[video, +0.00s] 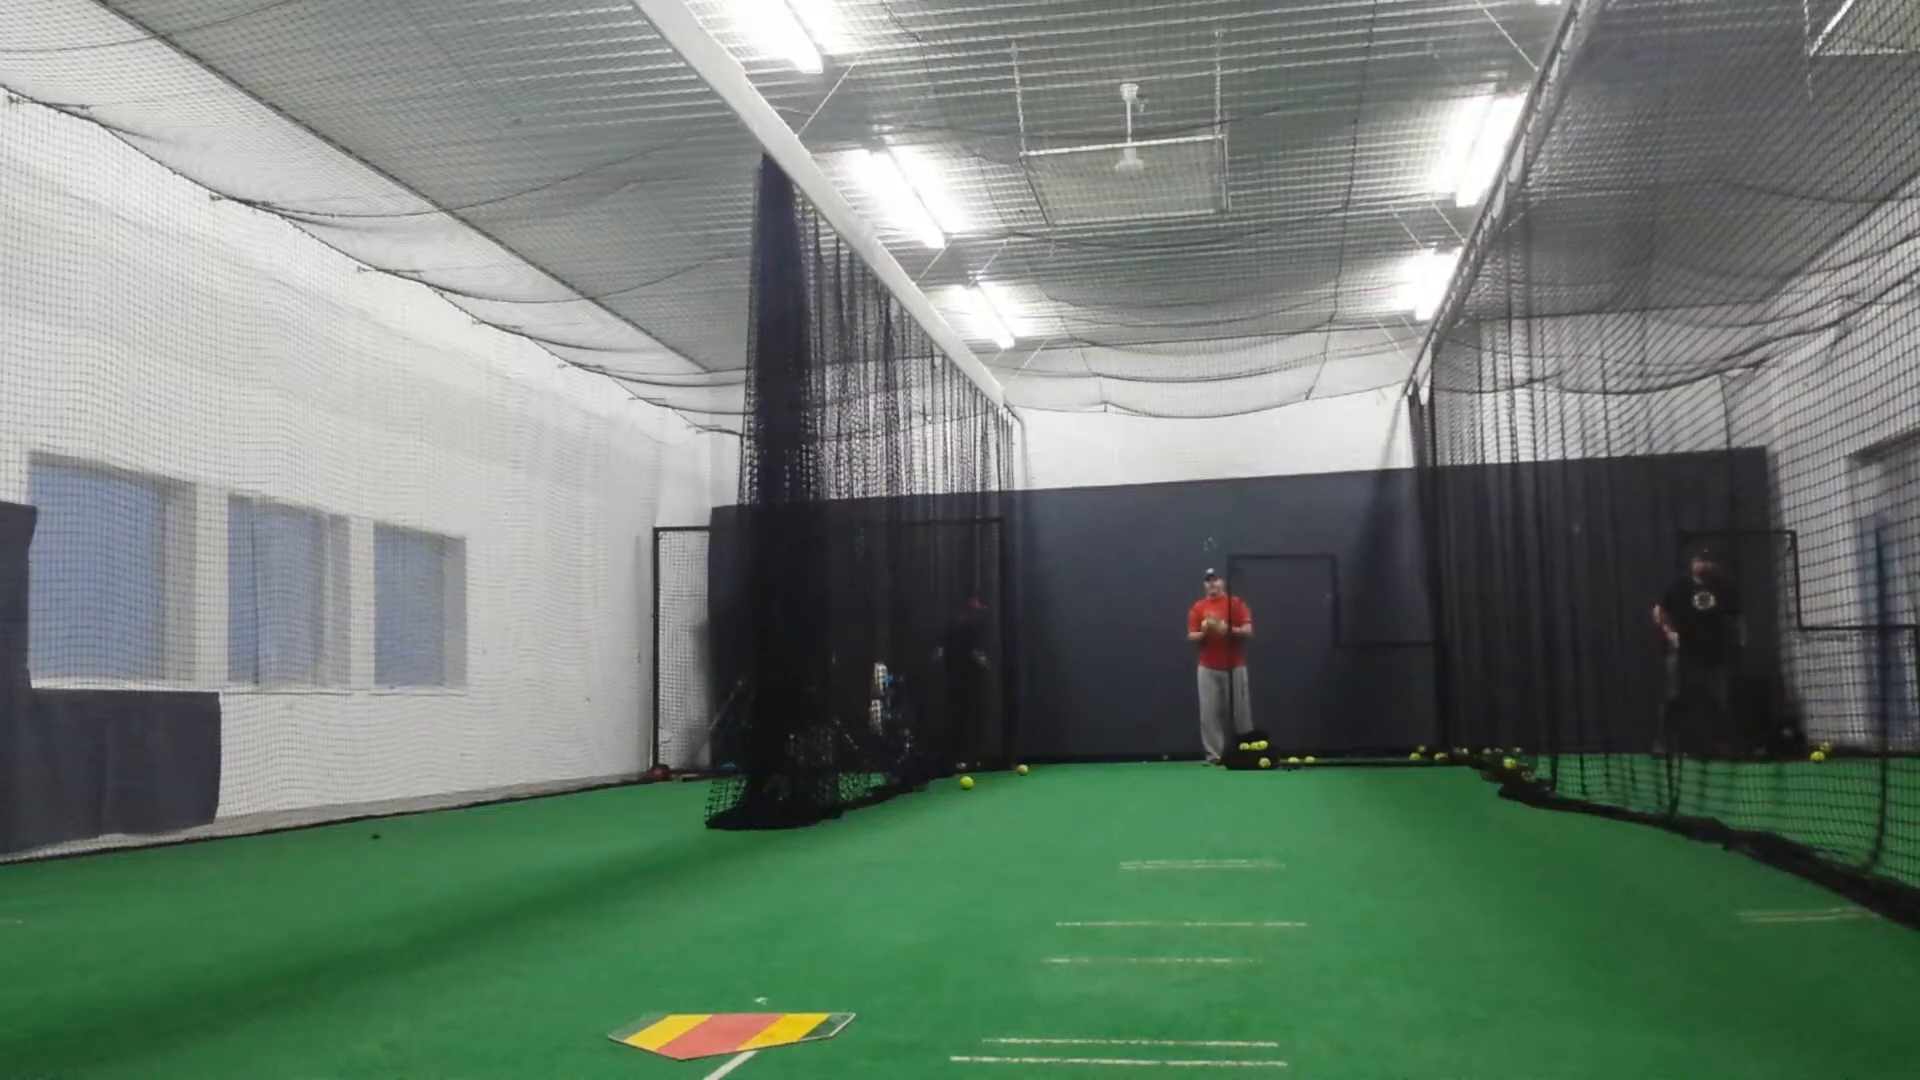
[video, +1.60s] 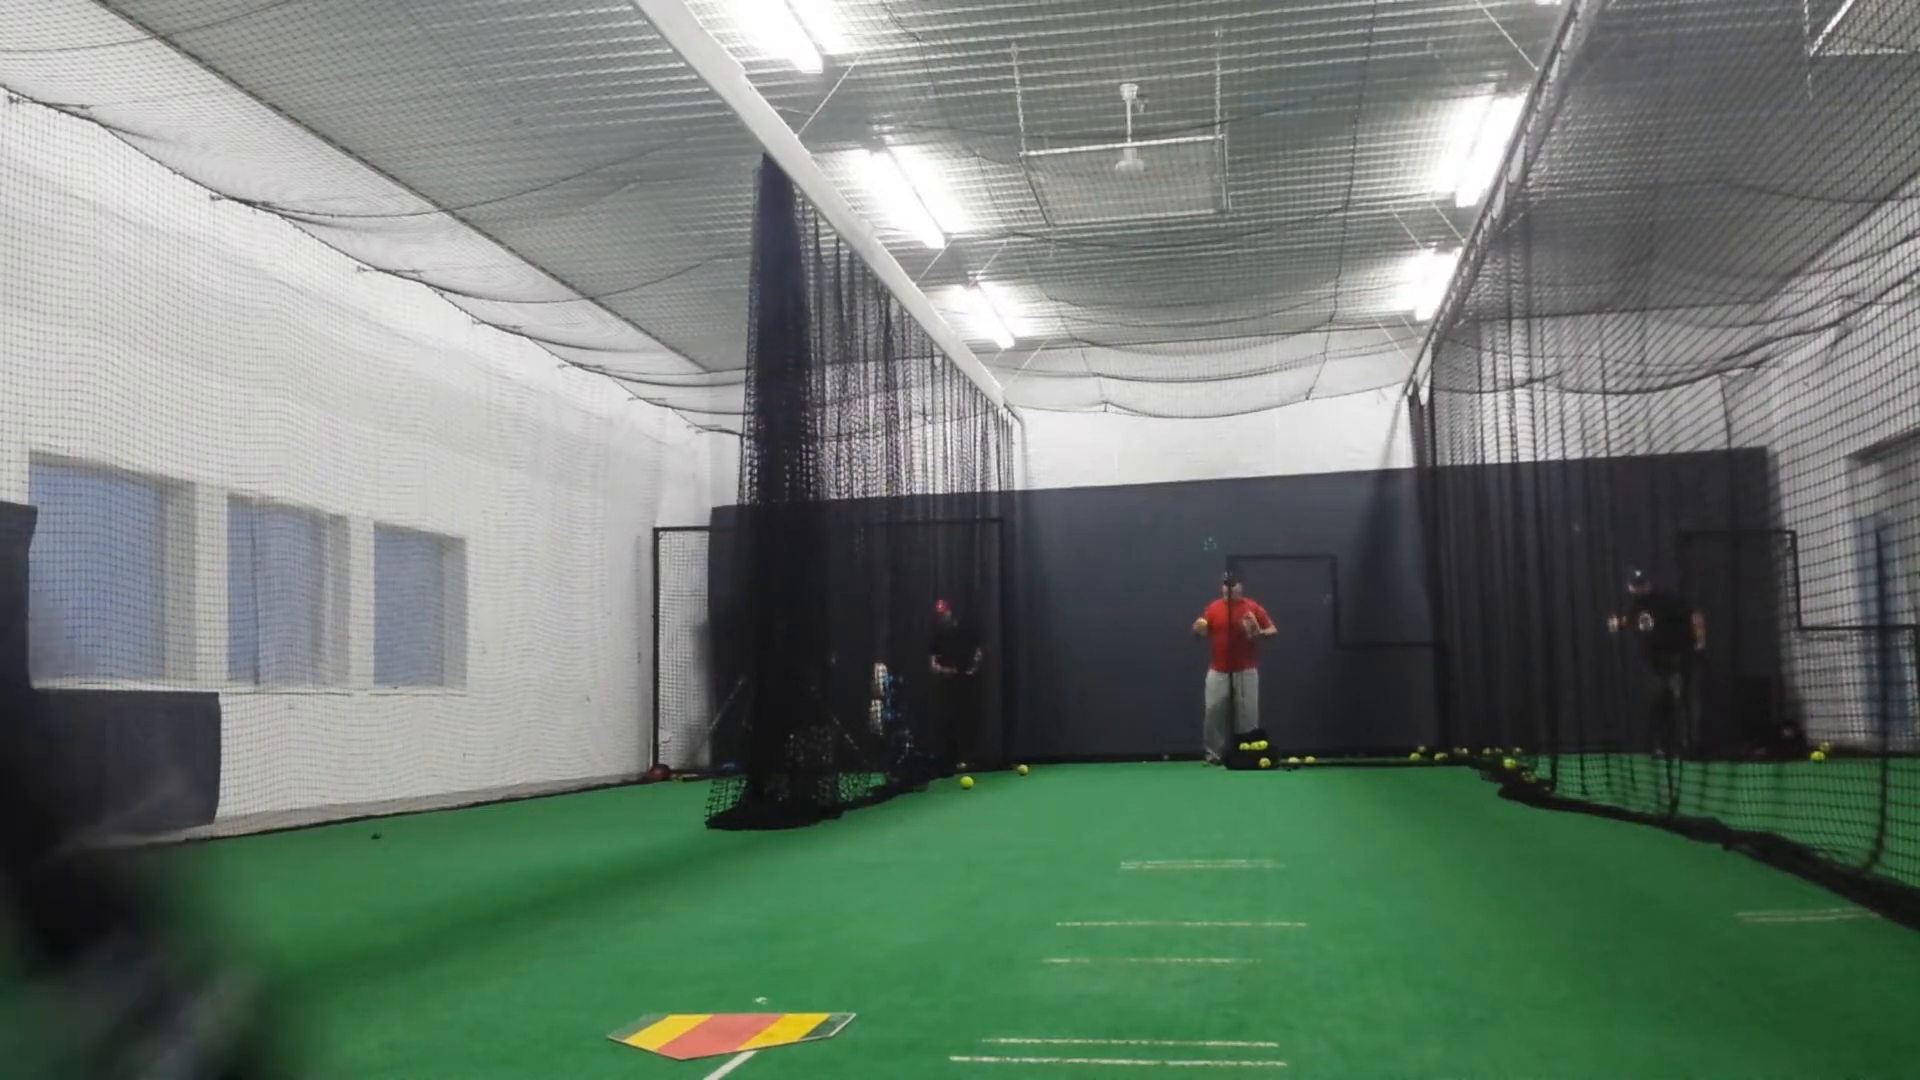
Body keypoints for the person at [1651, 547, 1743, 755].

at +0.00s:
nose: (1703, 572)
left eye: (1708, 567)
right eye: (1699, 567)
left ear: (1717, 568)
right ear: (1692, 567)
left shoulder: (1726, 589)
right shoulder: (1680, 588)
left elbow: (1737, 617)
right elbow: (1660, 612)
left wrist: (1739, 641)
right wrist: (1672, 633)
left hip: (1717, 650)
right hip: (1685, 650)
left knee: (1718, 699)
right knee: (1679, 696)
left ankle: (1720, 742)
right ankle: (1669, 741)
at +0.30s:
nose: (1675, 574)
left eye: (1678, 569)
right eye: (1671, 570)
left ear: (1686, 569)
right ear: (1666, 570)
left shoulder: (1700, 590)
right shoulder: (1658, 592)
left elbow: (1715, 616)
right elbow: (1642, 616)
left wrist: (1719, 639)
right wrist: (1651, 634)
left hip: (1697, 651)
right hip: (1667, 654)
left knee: (1699, 697)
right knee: (1665, 699)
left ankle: (1701, 743)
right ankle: (1664, 743)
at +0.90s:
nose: (1650, 570)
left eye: (1655, 565)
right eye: (1646, 565)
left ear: (1665, 567)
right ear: (1641, 567)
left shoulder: (1676, 589)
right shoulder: (1639, 592)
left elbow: (1687, 613)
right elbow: (1630, 621)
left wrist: (1686, 636)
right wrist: (1628, 642)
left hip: (1674, 645)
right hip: (1648, 647)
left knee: (1677, 694)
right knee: (1653, 696)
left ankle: (1682, 742)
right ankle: (1659, 743)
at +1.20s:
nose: (1639, 574)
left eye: (1644, 568)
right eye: (1637, 569)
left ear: (1655, 569)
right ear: (1635, 572)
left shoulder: (1667, 588)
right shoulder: (1643, 595)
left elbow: (1677, 613)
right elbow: (1627, 618)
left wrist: (1676, 639)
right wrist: (1602, 627)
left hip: (1669, 649)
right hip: (1649, 650)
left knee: (1672, 695)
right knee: (1653, 697)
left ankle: (1677, 744)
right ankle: (1658, 744)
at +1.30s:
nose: (1637, 576)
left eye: (1641, 571)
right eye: (1634, 572)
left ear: (1651, 571)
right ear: (1631, 574)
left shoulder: (1665, 590)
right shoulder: (1637, 594)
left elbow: (1677, 614)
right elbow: (1624, 610)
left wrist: (1677, 639)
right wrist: (1606, 611)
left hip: (1668, 648)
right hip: (1648, 649)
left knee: (1674, 695)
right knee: (1653, 697)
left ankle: (1681, 741)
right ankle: (1658, 743)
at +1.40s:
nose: (1637, 579)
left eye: (1640, 574)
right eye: (1633, 575)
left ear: (1648, 573)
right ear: (1629, 577)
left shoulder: (1661, 591)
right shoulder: (1635, 594)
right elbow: (1625, 605)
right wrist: (1610, 600)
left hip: (1671, 648)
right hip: (1650, 650)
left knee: (1674, 696)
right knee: (1654, 696)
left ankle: (1679, 741)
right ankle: (1659, 743)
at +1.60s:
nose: (1637, 591)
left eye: (1640, 586)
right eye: (1634, 587)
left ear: (1648, 584)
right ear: (1630, 588)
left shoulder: (1666, 599)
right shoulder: (1636, 603)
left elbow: (1694, 616)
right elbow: (1630, 621)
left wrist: (1699, 640)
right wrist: (1617, 624)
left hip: (1679, 651)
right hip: (1655, 652)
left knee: (1681, 697)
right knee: (1658, 696)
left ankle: (1685, 742)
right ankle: (1659, 743)